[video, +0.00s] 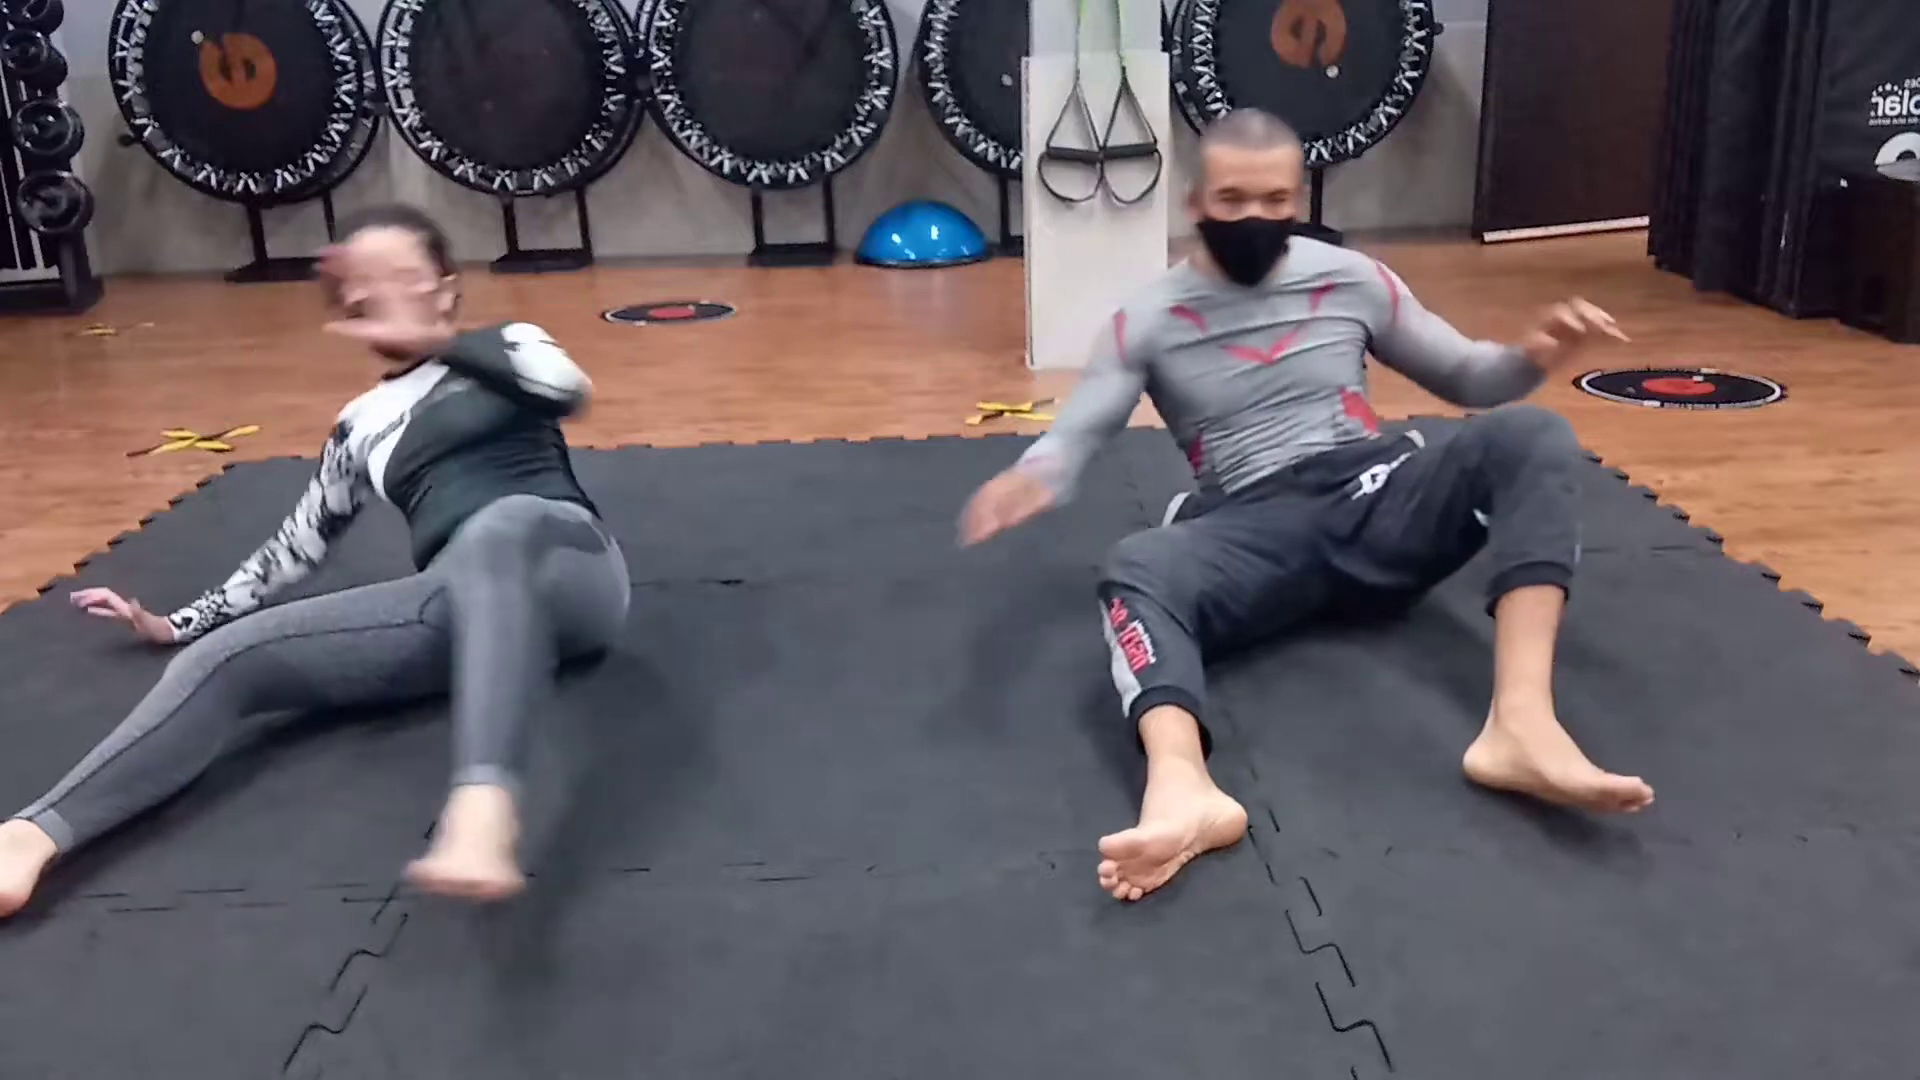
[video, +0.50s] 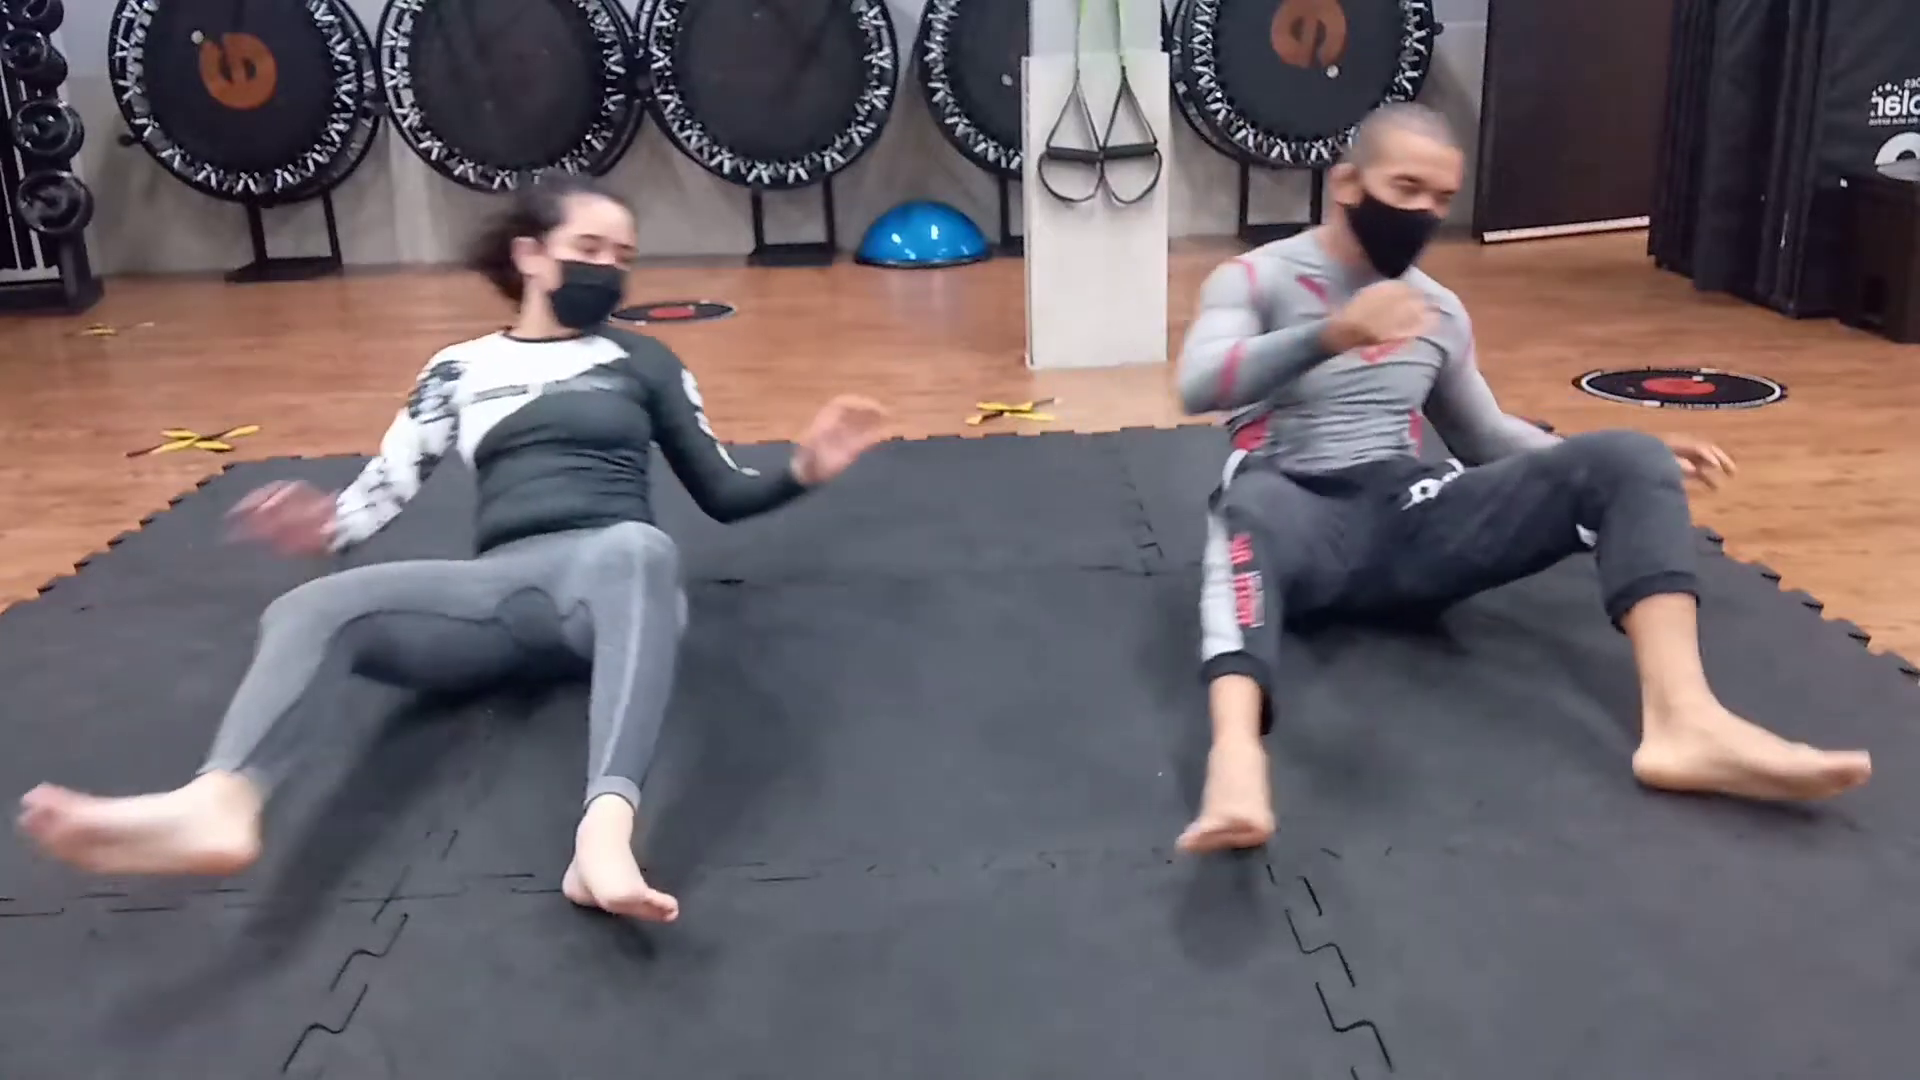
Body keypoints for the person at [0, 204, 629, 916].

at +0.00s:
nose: (387, 309)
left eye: (405, 286)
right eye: (363, 297)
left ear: (445, 289)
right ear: (342, 310)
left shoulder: (505, 347)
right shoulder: (364, 422)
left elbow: (567, 391)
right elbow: (295, 547)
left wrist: (437, 342)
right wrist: (178, 626)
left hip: (570, 573)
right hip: (444, 595)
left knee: (499, 529)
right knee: (232, 654)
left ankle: (483, 807)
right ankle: (33, 836)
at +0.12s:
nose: (441, 272)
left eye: (459, 257)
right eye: (421, 258)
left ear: (491, 271)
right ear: (387, 280)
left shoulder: (537, 351)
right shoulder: (378, 398)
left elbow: (644, 439)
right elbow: (288, 519)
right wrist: (178, 626)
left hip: (574, 567)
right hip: (451, 589)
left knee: (535, 526)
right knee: (243, 654)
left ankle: (554, 796)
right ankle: (66, 837)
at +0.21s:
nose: (485, 266)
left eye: (504, 252)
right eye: (463, 248)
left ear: (524, 267)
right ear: (418, 268)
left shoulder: (561, 350)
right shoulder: (391, 387)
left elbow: (670, 468)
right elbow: (300, 506)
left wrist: (662, 424)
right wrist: (195, 618)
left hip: (571, 567)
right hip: (457, 586)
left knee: (564, 526)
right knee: (257, 650)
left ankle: (588, 806)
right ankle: (94, 838)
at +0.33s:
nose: (538, 257)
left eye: (554, 244)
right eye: (516, 241)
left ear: (575, 261)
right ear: (464, 256)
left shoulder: (600, 350)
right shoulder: (425, 372)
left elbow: (693, 473)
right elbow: (348, 494)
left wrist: (743, 448)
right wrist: (246, 598)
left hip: (570, 553)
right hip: (465, 577)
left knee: (601, 539)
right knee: (277, 634)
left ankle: (605, 821)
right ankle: (145, 832)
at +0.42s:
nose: (576, 263)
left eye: (590, 251)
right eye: (555, 245)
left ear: (604, 266)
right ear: (495, 256)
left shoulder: (623, 352)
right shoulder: (445, 371)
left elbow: (707, 479)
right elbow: (368, 491)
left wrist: (773, 459)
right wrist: (284, 568)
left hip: (587, 554)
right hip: (477, 575)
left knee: (624, 551)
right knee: (294, 615)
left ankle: (606, 825)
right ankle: (185, 817)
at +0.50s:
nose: (610, 270)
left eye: (624, 257)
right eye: (592, 250)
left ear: (633, 271)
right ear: (528, 254)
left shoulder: (646, 361)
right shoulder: (465, 366)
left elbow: (722, 487)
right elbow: (388, 481)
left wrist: (800, 468)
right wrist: (331, 524)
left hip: (601, 561)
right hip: (489, 576)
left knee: (643, 558)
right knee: (318, 605)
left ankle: (608, 829)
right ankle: (221, 799)